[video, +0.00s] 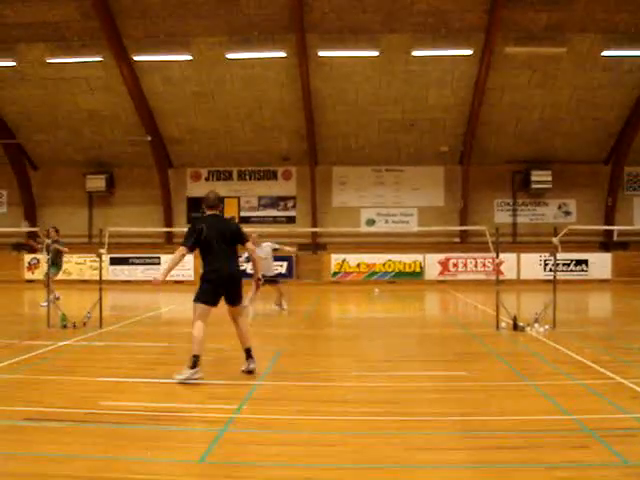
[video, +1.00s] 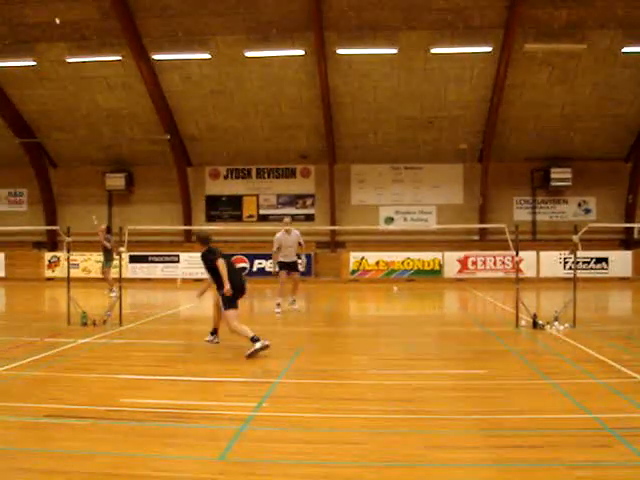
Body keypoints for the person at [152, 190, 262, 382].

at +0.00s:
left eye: (206, 208)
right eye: (218, 206)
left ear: (204, 207)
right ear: (220, 207)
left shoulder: (198, 226)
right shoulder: (231, 225)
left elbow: (182, 252)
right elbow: (252, 250)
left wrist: (164, 275)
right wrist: (258, 275)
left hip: (211, 277)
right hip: (233, 277)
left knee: (199, 320)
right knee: (238, 316)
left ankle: (194, 366)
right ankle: (250, 358)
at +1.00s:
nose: (197, 245)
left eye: (197, 243)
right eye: (197, 242)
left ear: (200, 243)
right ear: (208, 241)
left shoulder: (207, 254)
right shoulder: (216, 252)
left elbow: (221, 263)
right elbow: (213, 278)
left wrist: (226, 284)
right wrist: (202, 291)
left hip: (228, 289)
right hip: (238, 285)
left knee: (233, 324)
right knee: (217, 301)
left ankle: (257, 340)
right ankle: (214, 333)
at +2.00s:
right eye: (214, 215)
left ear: (202, 219)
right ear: (216, 217)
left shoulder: (198, 238)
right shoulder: (227, 233)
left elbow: (193, 264)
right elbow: (243, 252)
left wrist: (189, 283)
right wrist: (258, 265)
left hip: (209, 279)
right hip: (228, 277)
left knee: (212, 309)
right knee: (228, 307)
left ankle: (215, 342)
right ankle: (229, 331)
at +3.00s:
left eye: (236, 221)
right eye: (248, 222)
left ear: (234, 224)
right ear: (249, 224)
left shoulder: (223, 241)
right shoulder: (256, 243)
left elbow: (194, 254)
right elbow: (277, 266)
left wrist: (182, 271)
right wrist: (281, 283)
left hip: (227, 287)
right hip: (252, 286)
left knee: (206, 327)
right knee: (278, 317)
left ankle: (192, 368)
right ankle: (296, 353)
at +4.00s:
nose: (175, 208)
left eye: (177, 205)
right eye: (177, 205)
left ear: (181, 208)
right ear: (192, 210)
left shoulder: (190, 231)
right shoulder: (182, 229)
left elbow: (193, 263)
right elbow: (180, 254)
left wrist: (181, 289)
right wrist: (169, 263)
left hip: (182, 280)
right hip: (174, 277)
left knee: (157, 317)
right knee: (163, 315)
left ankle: (183, 351)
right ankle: (170, 349)